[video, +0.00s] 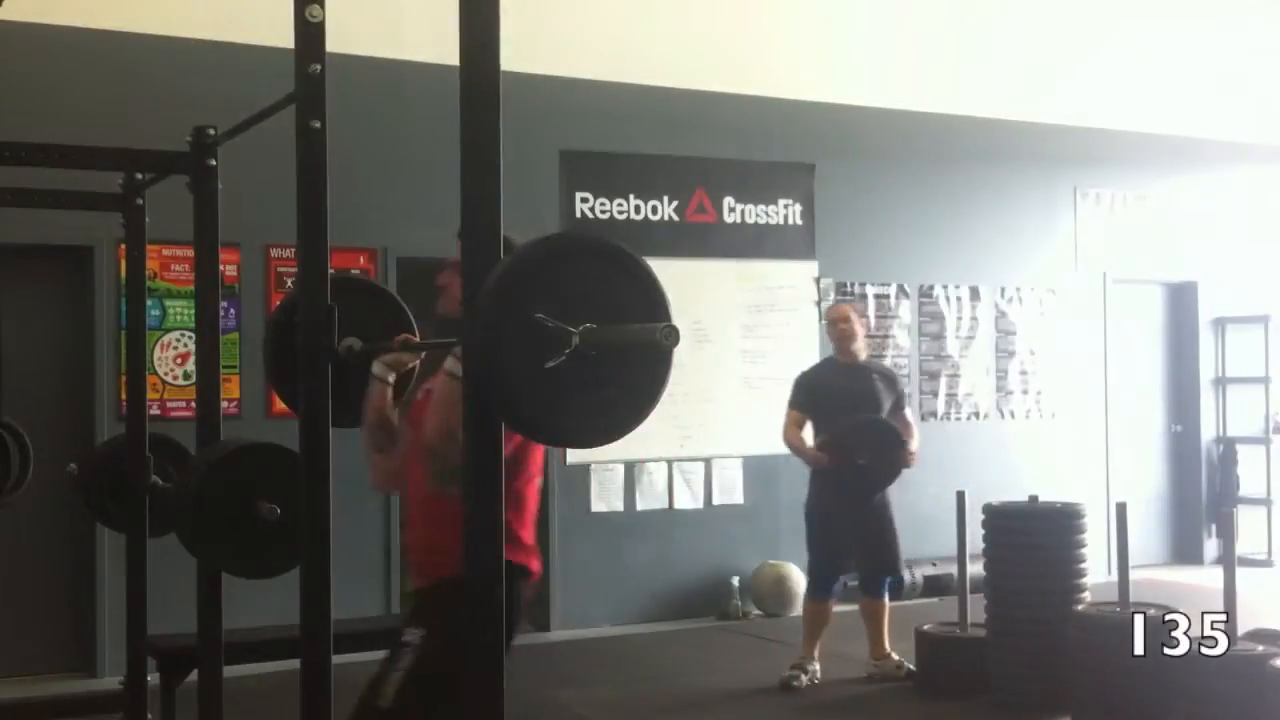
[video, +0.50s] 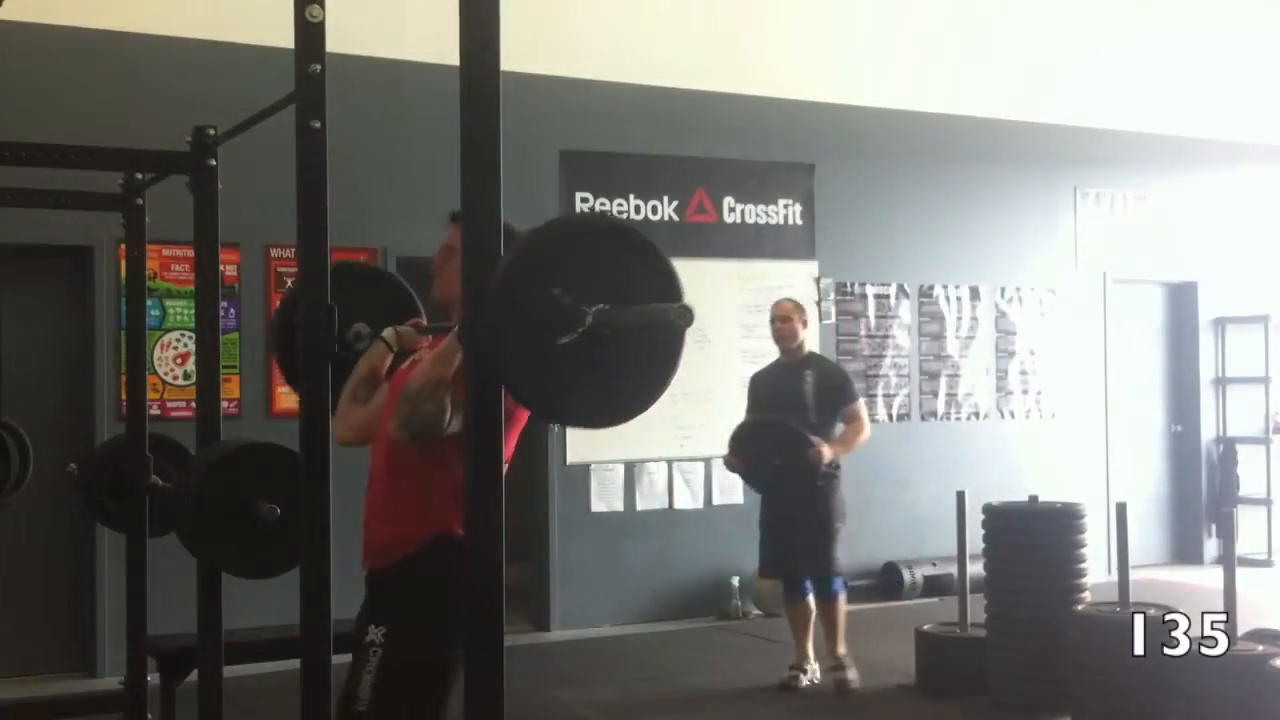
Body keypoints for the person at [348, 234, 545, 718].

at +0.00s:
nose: (441, 277)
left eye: (458, 269)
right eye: (447, 267)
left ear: (491, 284)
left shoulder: (511, 370)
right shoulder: (448, 372)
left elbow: (449, 464)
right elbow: (387, 467)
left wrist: (455, 364)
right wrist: (384, 376)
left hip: (482, 576)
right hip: (439, 575)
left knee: (391, 704)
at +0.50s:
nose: (435, 263)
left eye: (450, 253)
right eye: (440, 252)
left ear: (486, 267)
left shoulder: (503, 356)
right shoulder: (430, 352)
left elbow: (410, 424)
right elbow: (347, 427)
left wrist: (468, 329)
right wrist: (378, 354)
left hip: (439, 568)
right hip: (395, 568)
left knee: (380, 706)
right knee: (371, 703)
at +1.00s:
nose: (498, 236)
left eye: (512, 227)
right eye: (502, 226)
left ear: (553, 245)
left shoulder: (564, 328)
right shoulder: (481, 334)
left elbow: (500, 386)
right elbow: (404, 396)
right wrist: (435, 329)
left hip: (531, 534)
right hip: (473, 536)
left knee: (511, 693)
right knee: (469, 689)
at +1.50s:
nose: (534, 236)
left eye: (550, 228)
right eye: (538, 227)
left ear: (591, 248)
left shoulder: (601, 330)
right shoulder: (519, 333)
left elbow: (531, 384)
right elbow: (437, 398)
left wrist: (564, 312)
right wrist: (467, 322)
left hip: (573, 531)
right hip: (507, 536)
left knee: (591, 687)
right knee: (507, 687)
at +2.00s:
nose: (540, 236)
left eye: (557, 229)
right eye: (544, 228)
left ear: (598, 250)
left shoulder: (601, 339)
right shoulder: (518, 331)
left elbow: (535, 387)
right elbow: (443, 400)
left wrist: (570, 310)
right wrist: (472, 324)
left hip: (571, 531)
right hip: (507, 536)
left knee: (590, 690)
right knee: (526, 688)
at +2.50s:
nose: (576, 235)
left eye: (595, 226)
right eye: (578, 223)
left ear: (629, 261)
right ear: (570, 246)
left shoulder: (631, 327)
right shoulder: (529, 321)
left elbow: (573, 297)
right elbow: (453, 327)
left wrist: (574, 216)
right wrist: (482, 242)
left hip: (568, 523)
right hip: (498, 520)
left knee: (578, 684)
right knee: (506, 676)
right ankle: (527, 709)